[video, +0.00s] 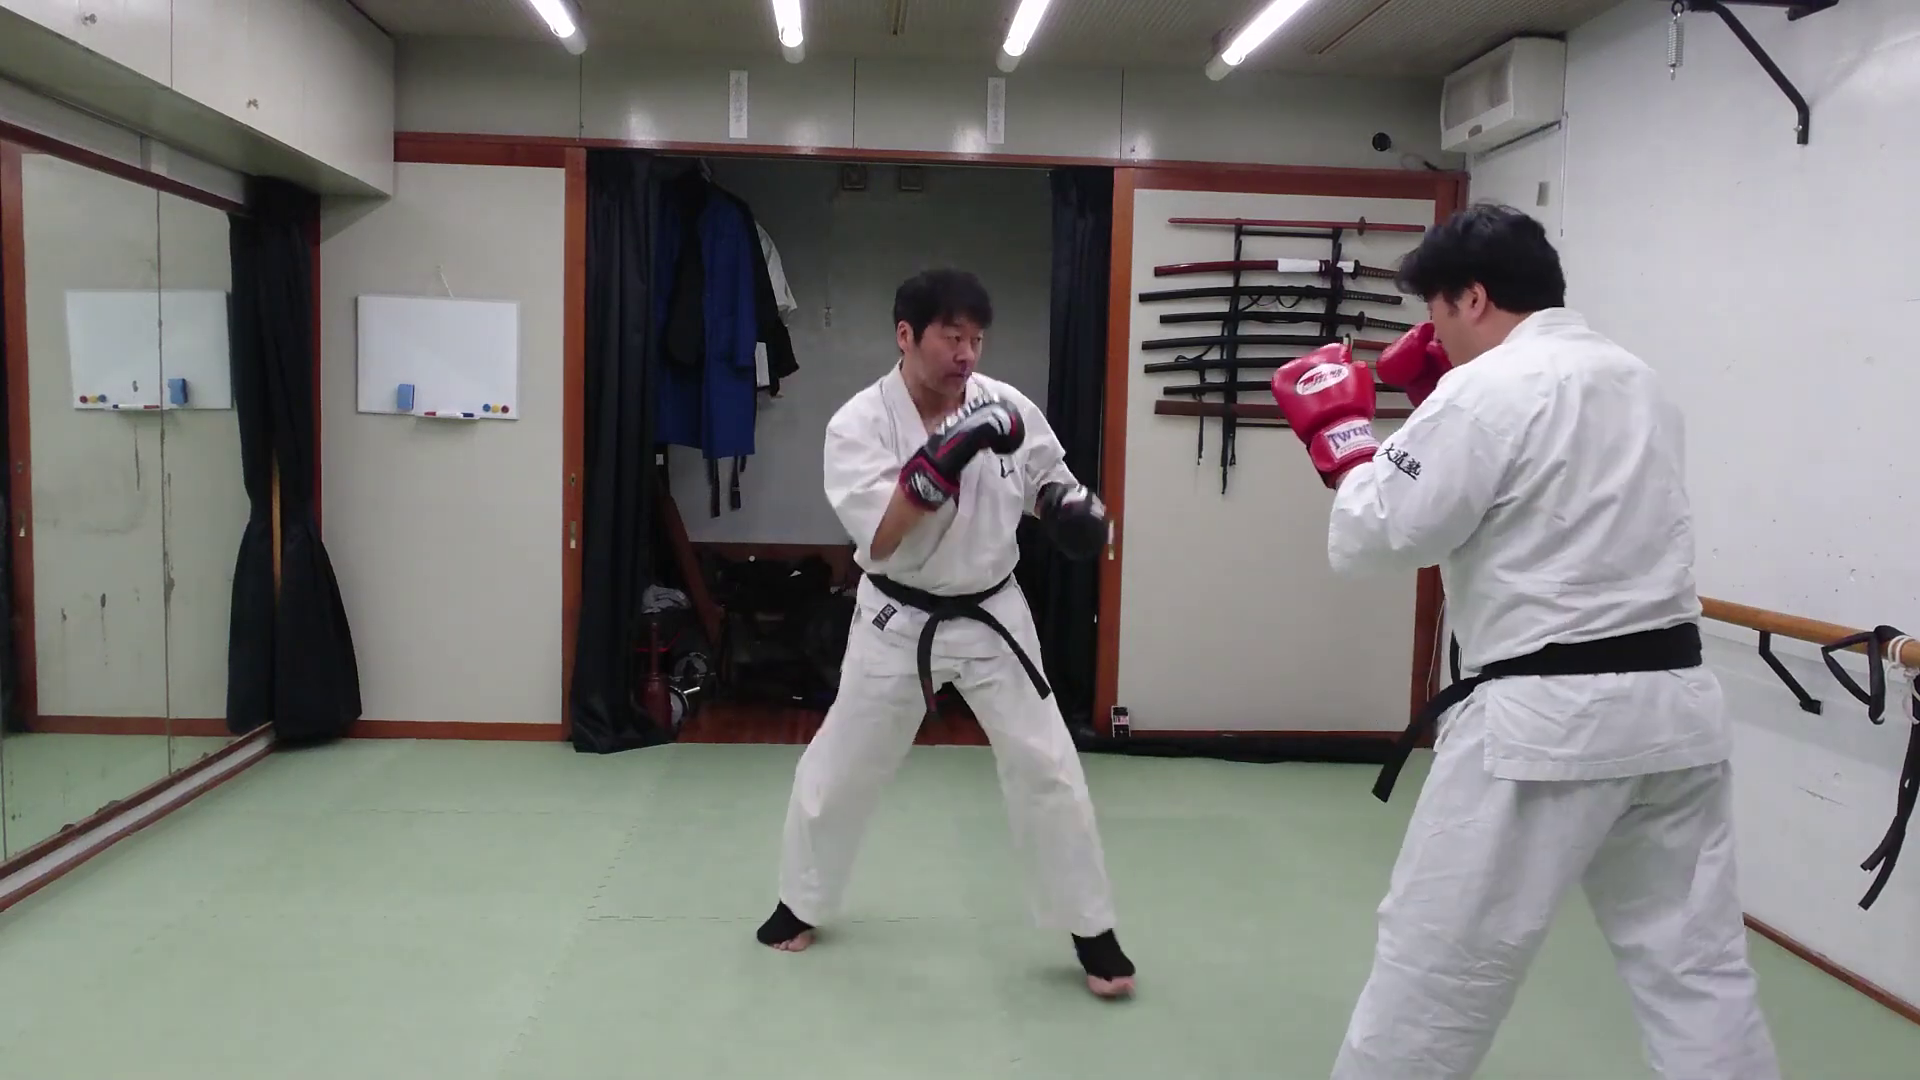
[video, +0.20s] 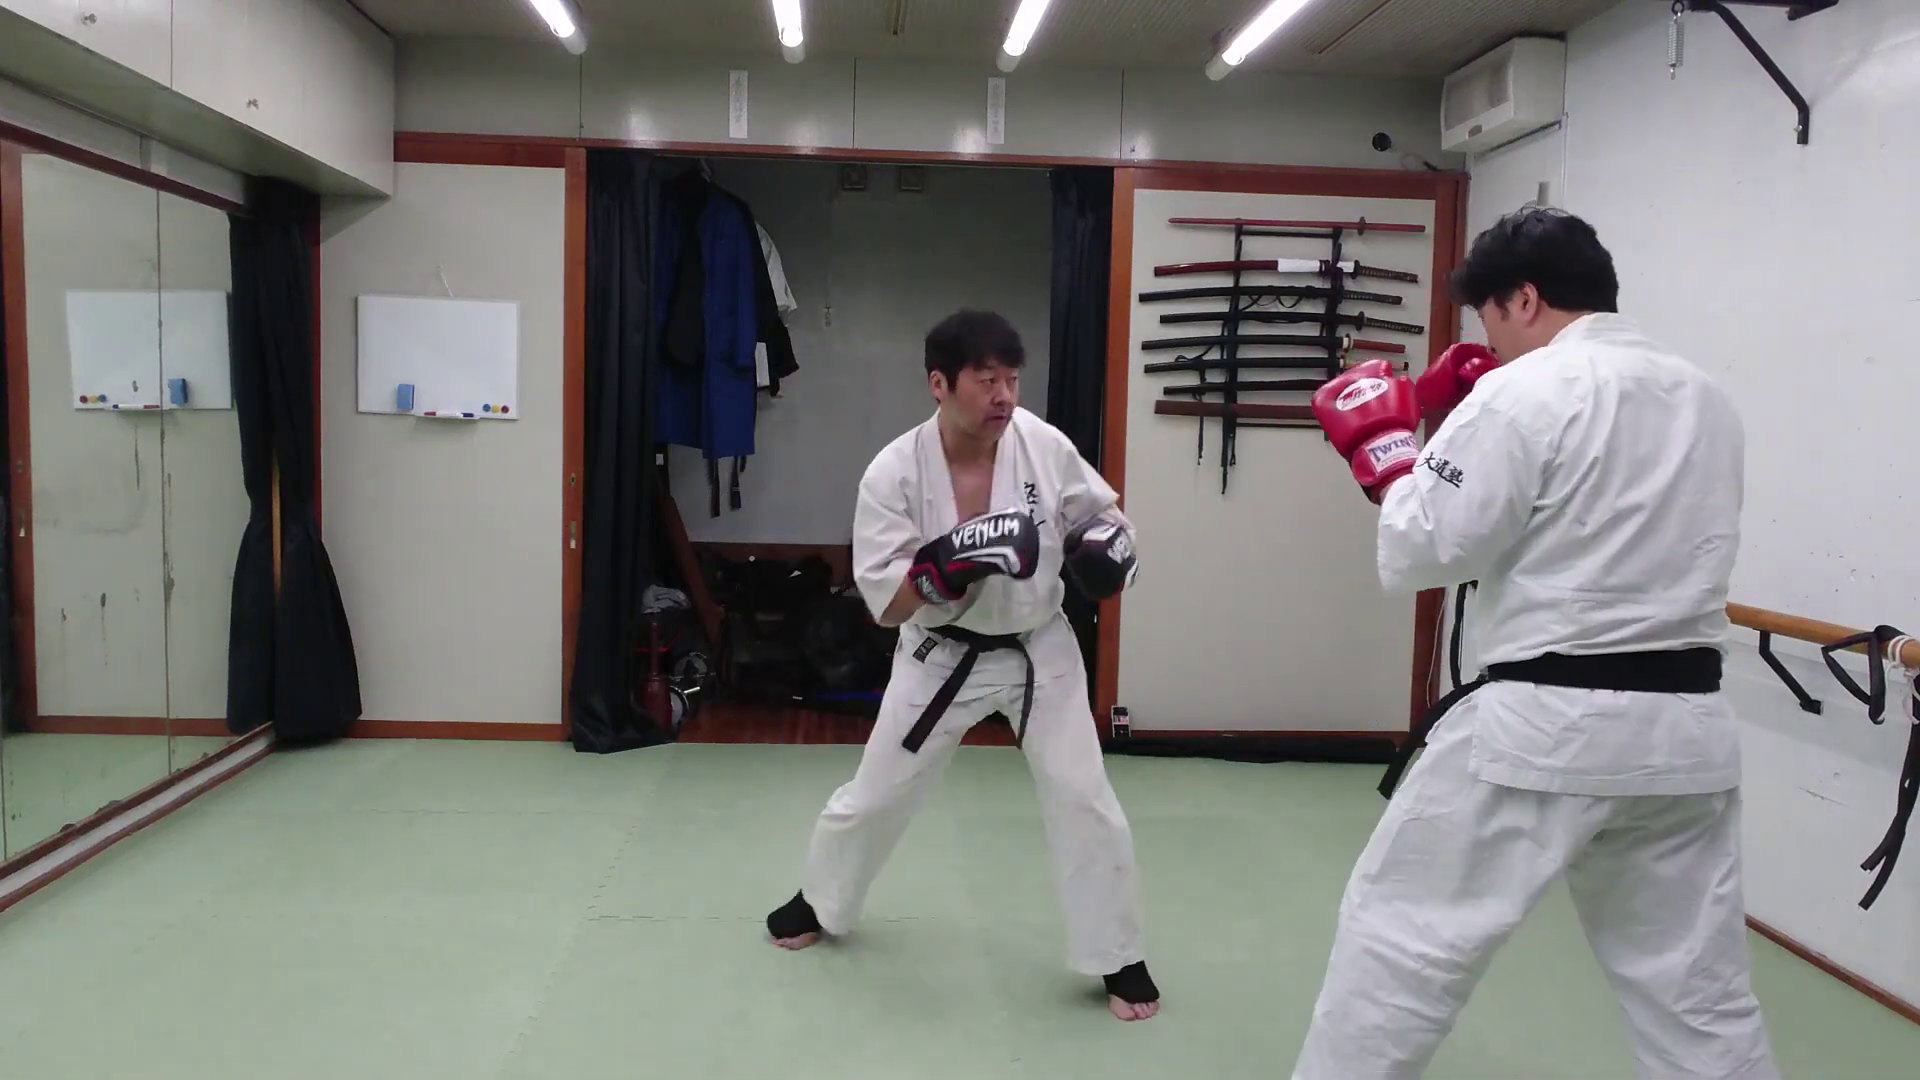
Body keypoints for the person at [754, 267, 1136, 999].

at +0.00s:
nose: (967, 354)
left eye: (976, 340)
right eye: (952, 339)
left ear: (985, 342)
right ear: (906, 337)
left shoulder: (1006, 407)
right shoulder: (857, 425)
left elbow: (1058, 485)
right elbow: (880, 537)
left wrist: (1082, 519)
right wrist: (938, 462)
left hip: (994, 612)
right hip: (892, 615)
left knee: (1048, 766)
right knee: (834, 771)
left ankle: (1094, 931)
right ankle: (802, 903)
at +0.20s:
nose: (1002, 394)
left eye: (1010, 377)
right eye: (984, 378)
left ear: (1019, 380)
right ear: (939, 384)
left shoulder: (1041, 444)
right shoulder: (894, 472)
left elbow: (1106, 516)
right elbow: (884, 600)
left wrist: (1105, 549)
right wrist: (939, 576)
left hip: (1042, 642)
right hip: (941, 647)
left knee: (1084, 797)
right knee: (874, 797)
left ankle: (1122, 959)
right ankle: (820, 903)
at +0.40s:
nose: (1050, 354)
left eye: (1059, 341)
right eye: (1036, 338)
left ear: (1064, 348)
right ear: (987, 337)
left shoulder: (1081, 428)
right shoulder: (927, 428)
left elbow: (1126, 535)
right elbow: (942, 546)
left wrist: (1142, 501)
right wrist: (1001, 460)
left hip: (1054, 625)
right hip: (949, 627)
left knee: (1104, 780)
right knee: (882, 795)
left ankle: (1124, 958)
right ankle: (861, 904)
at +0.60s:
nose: (1046, 381)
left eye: (1054, 365)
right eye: (1030, 363)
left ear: (1061, 371)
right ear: (984, 366)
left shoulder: (1078, 452)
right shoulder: (929, 454)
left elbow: (1119, 567)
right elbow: (947, 563)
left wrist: (1147, 538)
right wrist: (1010, 480)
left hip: (1062, 647)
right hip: (955, 649)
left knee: (1128, 786)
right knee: (891, 806)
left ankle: (1154, 956)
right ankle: (864, 914)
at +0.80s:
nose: (1100, 355)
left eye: (1112, 341)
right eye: (1083, 340)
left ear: (1125, 347)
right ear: (1044, 345)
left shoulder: (1158, 420)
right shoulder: (995, 433)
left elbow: (1263, 439)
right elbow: (926, 541)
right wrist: (956, 485)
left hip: (1118, 642)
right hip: (1020, 635)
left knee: (1169, 819)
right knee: (948, 768)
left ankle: (1246, 979)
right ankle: (882, 893)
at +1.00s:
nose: (1189, 337)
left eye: (1200, 321)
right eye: (1170, 321)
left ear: (1212, 328)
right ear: (1132, 328)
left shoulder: (1240, 409)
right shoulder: (1082, 415)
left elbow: (1338, 493)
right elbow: (1036, 526)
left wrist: (1329, 437)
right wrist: (1084, 468)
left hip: (1182, 630)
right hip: (1088, 620)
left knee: (1202, 804)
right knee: (1045, 756)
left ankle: (1249, 980)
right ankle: (1035, 862)